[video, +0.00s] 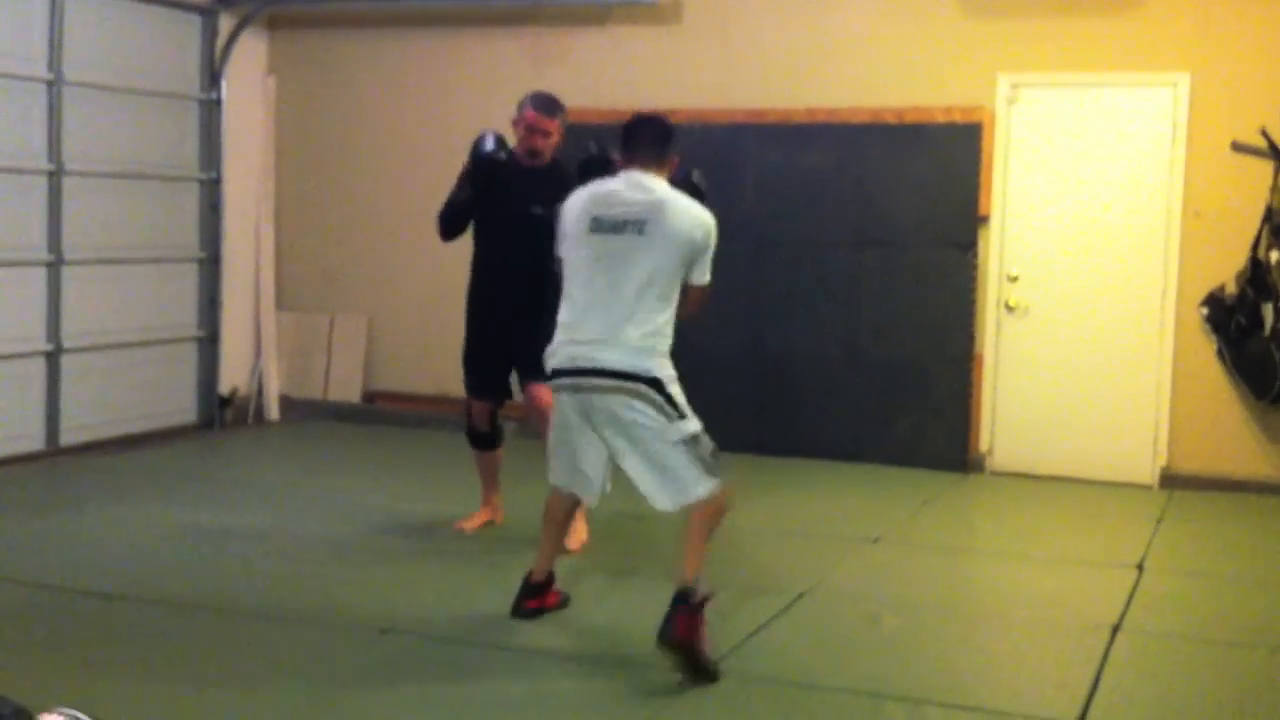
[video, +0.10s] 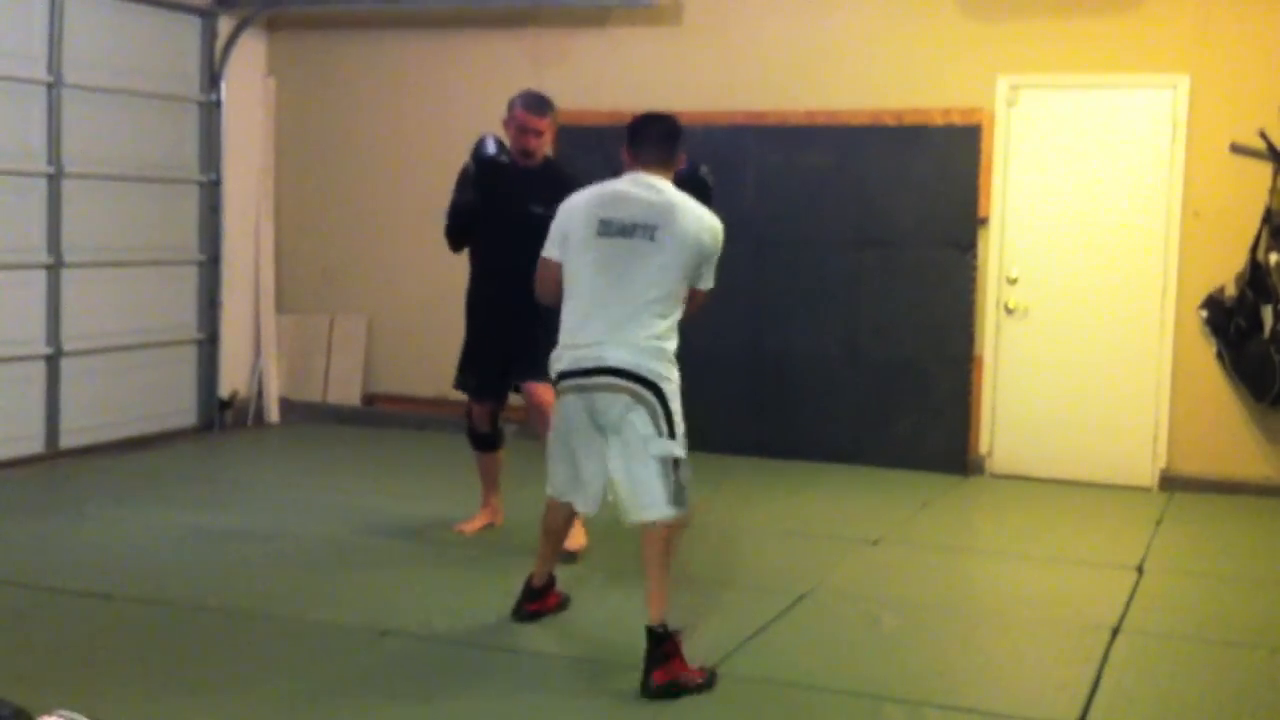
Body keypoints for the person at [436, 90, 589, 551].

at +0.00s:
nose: (535, 140)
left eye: (545, 133)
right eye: (529, 129)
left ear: (560, 135)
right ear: (515, 126)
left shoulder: (567, 182)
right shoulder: (490, 171)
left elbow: (586, 240)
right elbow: (448, 228)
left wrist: (597, 184)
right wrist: (476, 172)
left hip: (544, 307)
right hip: (490, 305)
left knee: (543, 401)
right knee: (480, 409)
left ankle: (572, 507)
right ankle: (490, 503)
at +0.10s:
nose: (531, 141)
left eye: (541, 133)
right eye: (524, 130)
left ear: (553, 134)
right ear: (506, 126)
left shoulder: (565, 184)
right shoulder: (482, 173)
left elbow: (580, 247)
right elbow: (456, 236)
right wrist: (480, 176)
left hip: (543, 309)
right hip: (490, 308)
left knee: (541, 398)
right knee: (481, 409)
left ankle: (571, 511)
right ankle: (490, 505)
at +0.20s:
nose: (526, 142)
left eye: (534, 133)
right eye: (518, 132)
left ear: (548, 133)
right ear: (500, 130)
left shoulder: (563, 179)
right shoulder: (480, 175)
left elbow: (576, 244)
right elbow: (462, 243)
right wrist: (480, 185)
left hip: (543, 309)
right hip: (491, 308)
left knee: (544, 410)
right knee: (483, 409)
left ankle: (572, 515)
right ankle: (491, 506)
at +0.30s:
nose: (525, 142)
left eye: (534, 133)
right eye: (517, 133)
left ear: (549, 132)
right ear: (501, 133)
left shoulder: (571, 175)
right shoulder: (487, 174)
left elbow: (592, 237)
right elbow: (462, 246)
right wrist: (485, 187)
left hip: (552, 312)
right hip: (497, 311)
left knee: (546, 418)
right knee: (483, 414)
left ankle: (571, 534)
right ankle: (492, 506)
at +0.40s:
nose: (526, 138)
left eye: (534, 129)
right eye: (517, 130)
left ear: (548, 127)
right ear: (501, 129)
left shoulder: (565, 174)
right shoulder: (488, 173)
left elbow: (581, 232)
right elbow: (469, 247)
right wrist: (489, 185)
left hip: (554, 307)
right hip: (503, 307)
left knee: (548, 419)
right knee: (483, 419)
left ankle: (573, 534)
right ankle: (490, 504)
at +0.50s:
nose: (512, 136)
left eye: (520, 126)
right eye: (503, 128)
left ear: (538, 124)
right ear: (491, 130)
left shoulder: (564, 171)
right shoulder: (490, 175)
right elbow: (478, 251)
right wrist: (485, 181)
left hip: (562, 307)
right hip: (512, 306)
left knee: (555, 423)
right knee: (472, 417)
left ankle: (574, 537)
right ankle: (489, 494)